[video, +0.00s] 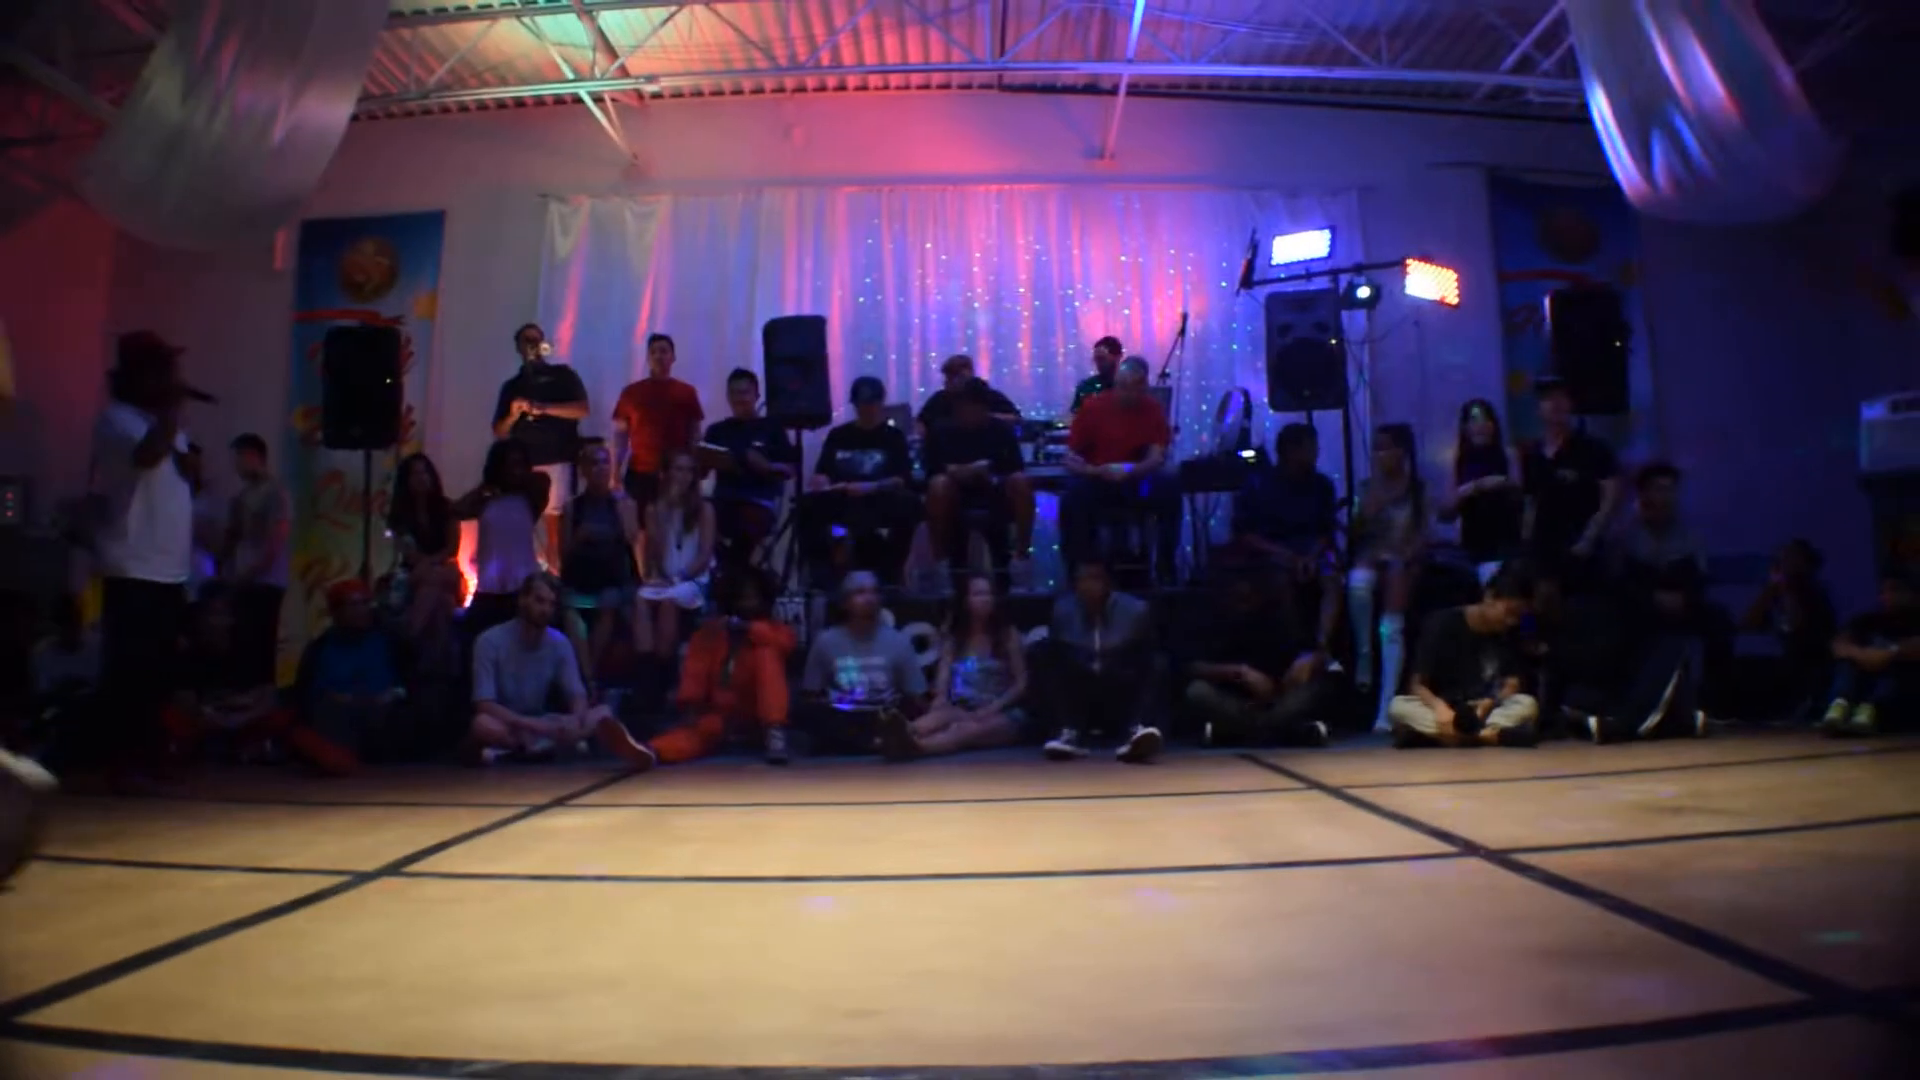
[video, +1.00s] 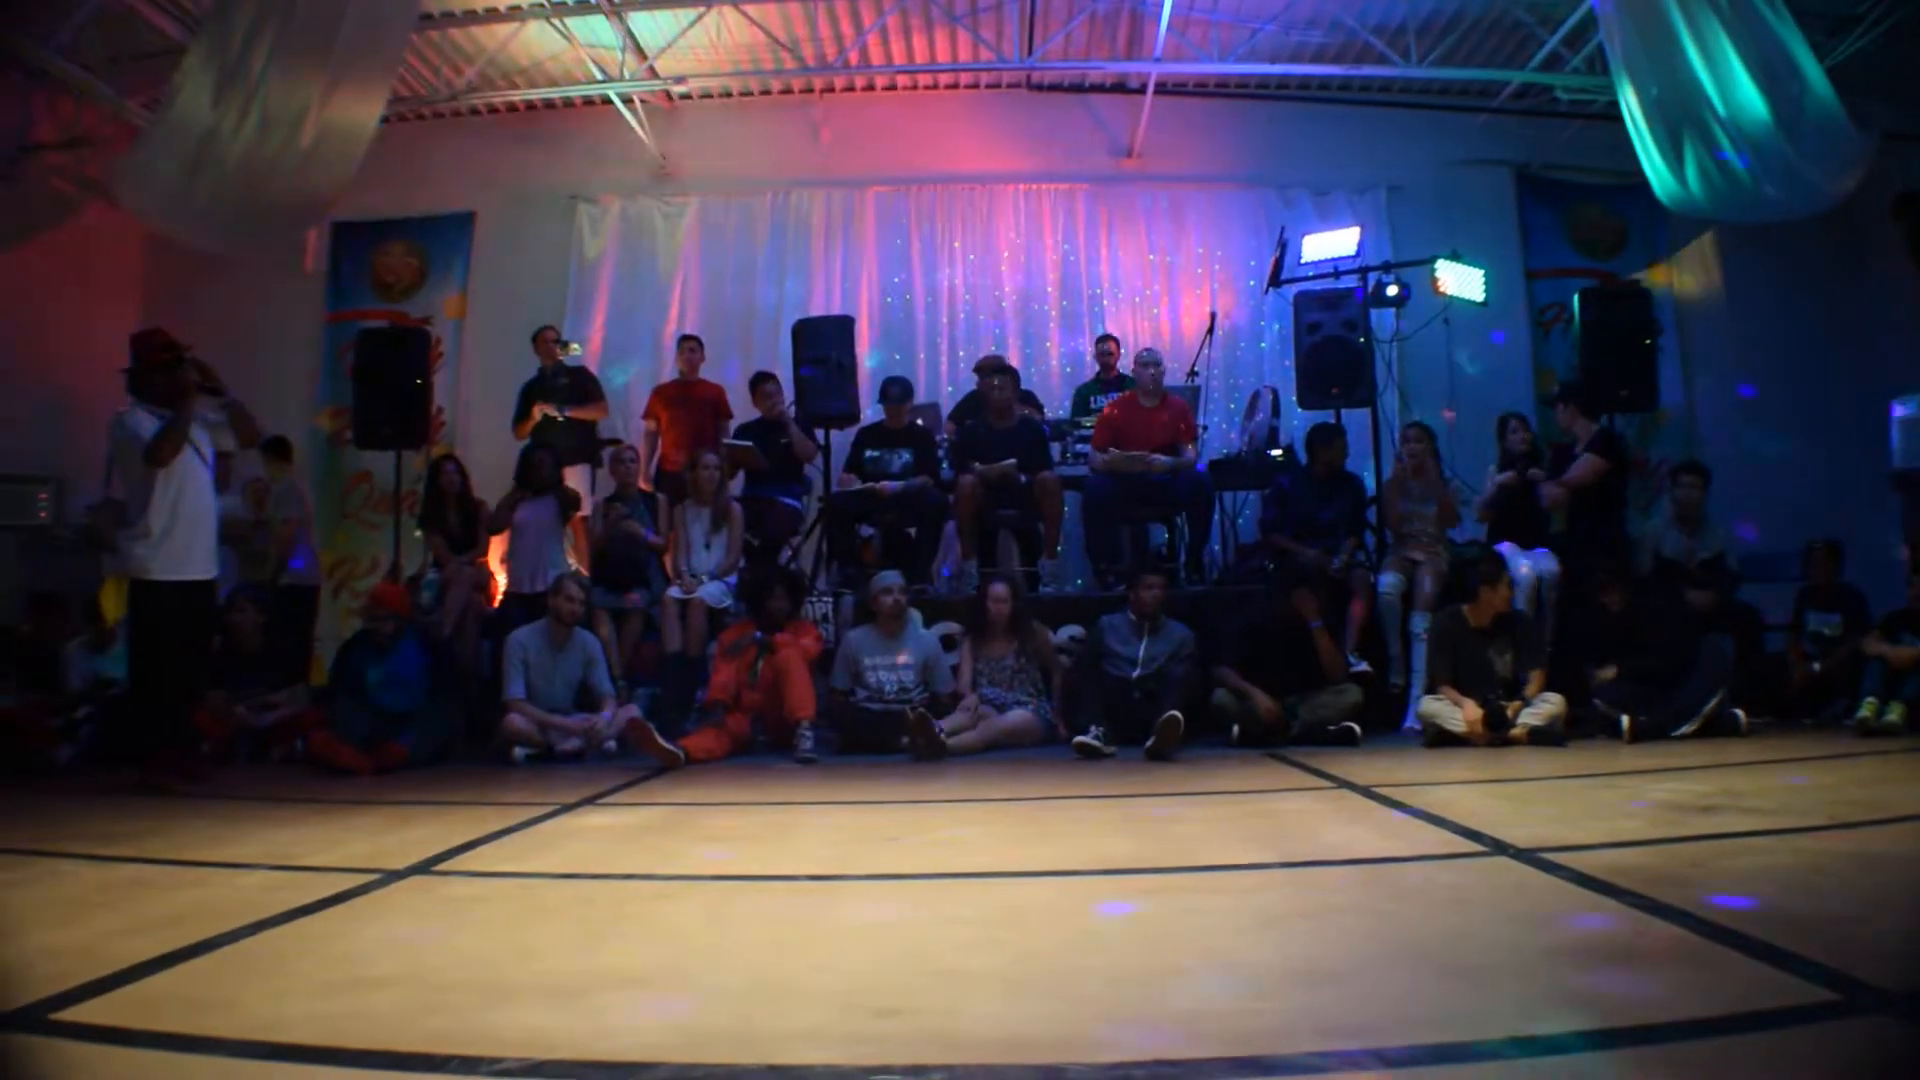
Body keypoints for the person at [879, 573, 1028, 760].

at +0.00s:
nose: (983, 600)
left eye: (987, 594)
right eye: (977, 594)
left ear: (995, 598)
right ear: (965, 599)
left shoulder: (1007, 635)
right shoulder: (954, 638)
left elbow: (1021, 683)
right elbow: (942, 680)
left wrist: (992, 708)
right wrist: (941, 703)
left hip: (996, 708)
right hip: (962, 707)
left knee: (967, 730)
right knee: (942, 714)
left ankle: (918, 747)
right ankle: (906, 731)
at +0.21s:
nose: (984, 604)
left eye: (988, 597)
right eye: (979, 597)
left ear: (995, 600)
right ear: (966, 600)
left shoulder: (1009, 635)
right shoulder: (954, 637)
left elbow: (1029, 677)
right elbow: (943, 678)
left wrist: (1024, 704)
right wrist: (944, 699)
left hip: (1000, 705)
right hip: (964, 704)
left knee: (965, 730)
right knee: (945, 714)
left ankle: (921, 747)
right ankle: (908, 730)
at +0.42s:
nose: (984, 610)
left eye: (986, 604)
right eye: (978, 604)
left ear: (991, 605)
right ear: (962, 606)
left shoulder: (1005, 635)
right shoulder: (946, 641)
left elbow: (1024, 679)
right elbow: (936, 682)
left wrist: (1030, 717)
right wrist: (941, 697)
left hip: (1000, 707)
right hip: (962, 706)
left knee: (964, 731)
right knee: (942, 715)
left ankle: (920, 747)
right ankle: (907, 730)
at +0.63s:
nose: (1007, 612)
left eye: (1009, 606)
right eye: (1001, 607)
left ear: (1014, 607)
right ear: (985, 608)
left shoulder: (1026, 637)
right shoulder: (968, 645)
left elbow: (1048, 680)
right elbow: (960, 688)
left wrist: (1054, 718)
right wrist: (969, 703)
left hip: (1022, 707)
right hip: (987, 707)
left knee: (995, 730)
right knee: (969, 710)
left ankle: (944, 747)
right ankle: (935, 731)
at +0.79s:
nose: (1000, 611)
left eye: (1003, 605)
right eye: (993, 605)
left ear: (1008, 606)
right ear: (977, 606)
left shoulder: (1021, 634)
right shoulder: (963, 643)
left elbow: (1042, 673)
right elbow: (956, 688)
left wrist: (1049, 712)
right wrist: (965, 705)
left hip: (1021, 706)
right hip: (982, 708)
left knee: (986, 732)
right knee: (961, 717)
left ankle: (937, 747)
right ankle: (932, 730)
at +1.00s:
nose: (997, 608)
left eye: (1003, 602)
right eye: (992, 601)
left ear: (1014, 604)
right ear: (983, 604)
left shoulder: (1033, 636)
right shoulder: (973, 640)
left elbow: (1056, 672)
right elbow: (963, 684)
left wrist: (1058, 717)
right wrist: (970, 697)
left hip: (1028, 705)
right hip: (988, 703)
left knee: (992, 729)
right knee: (969, 712)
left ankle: (943, 746)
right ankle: (936, 728)